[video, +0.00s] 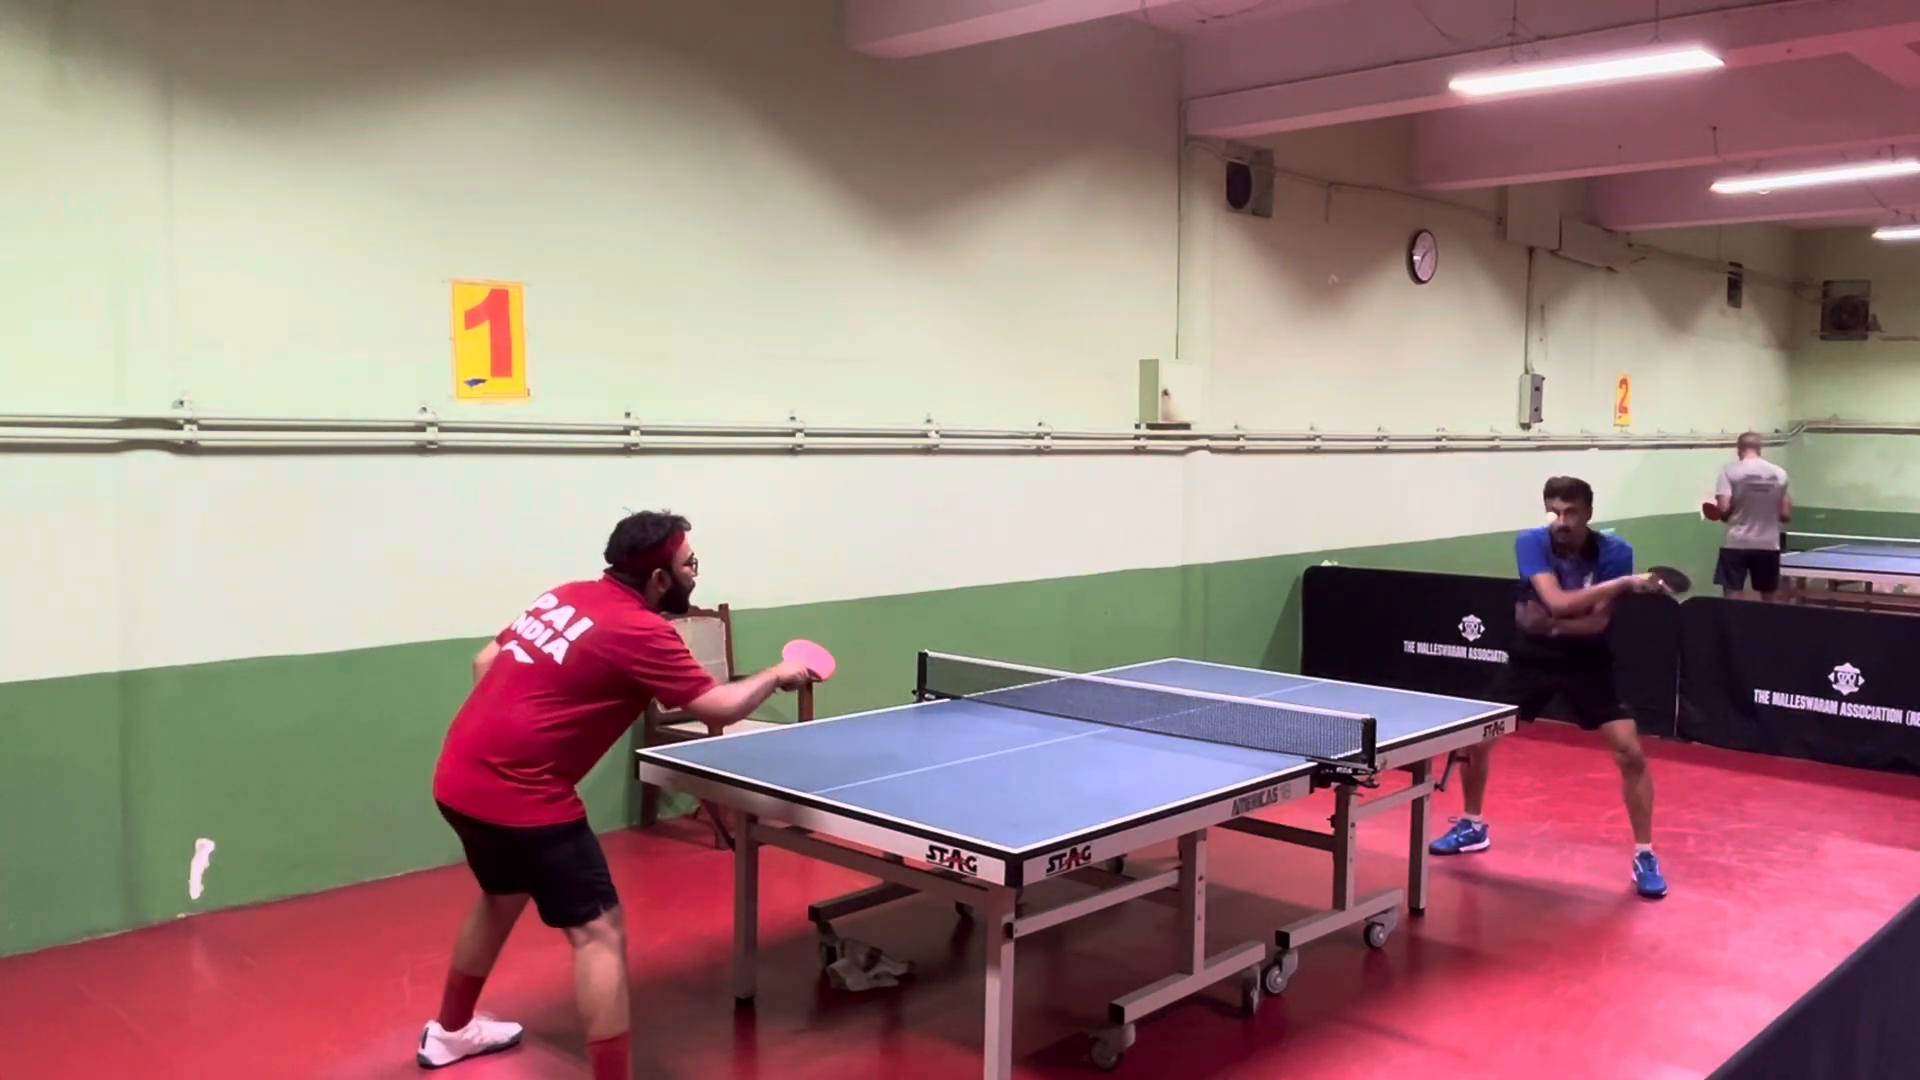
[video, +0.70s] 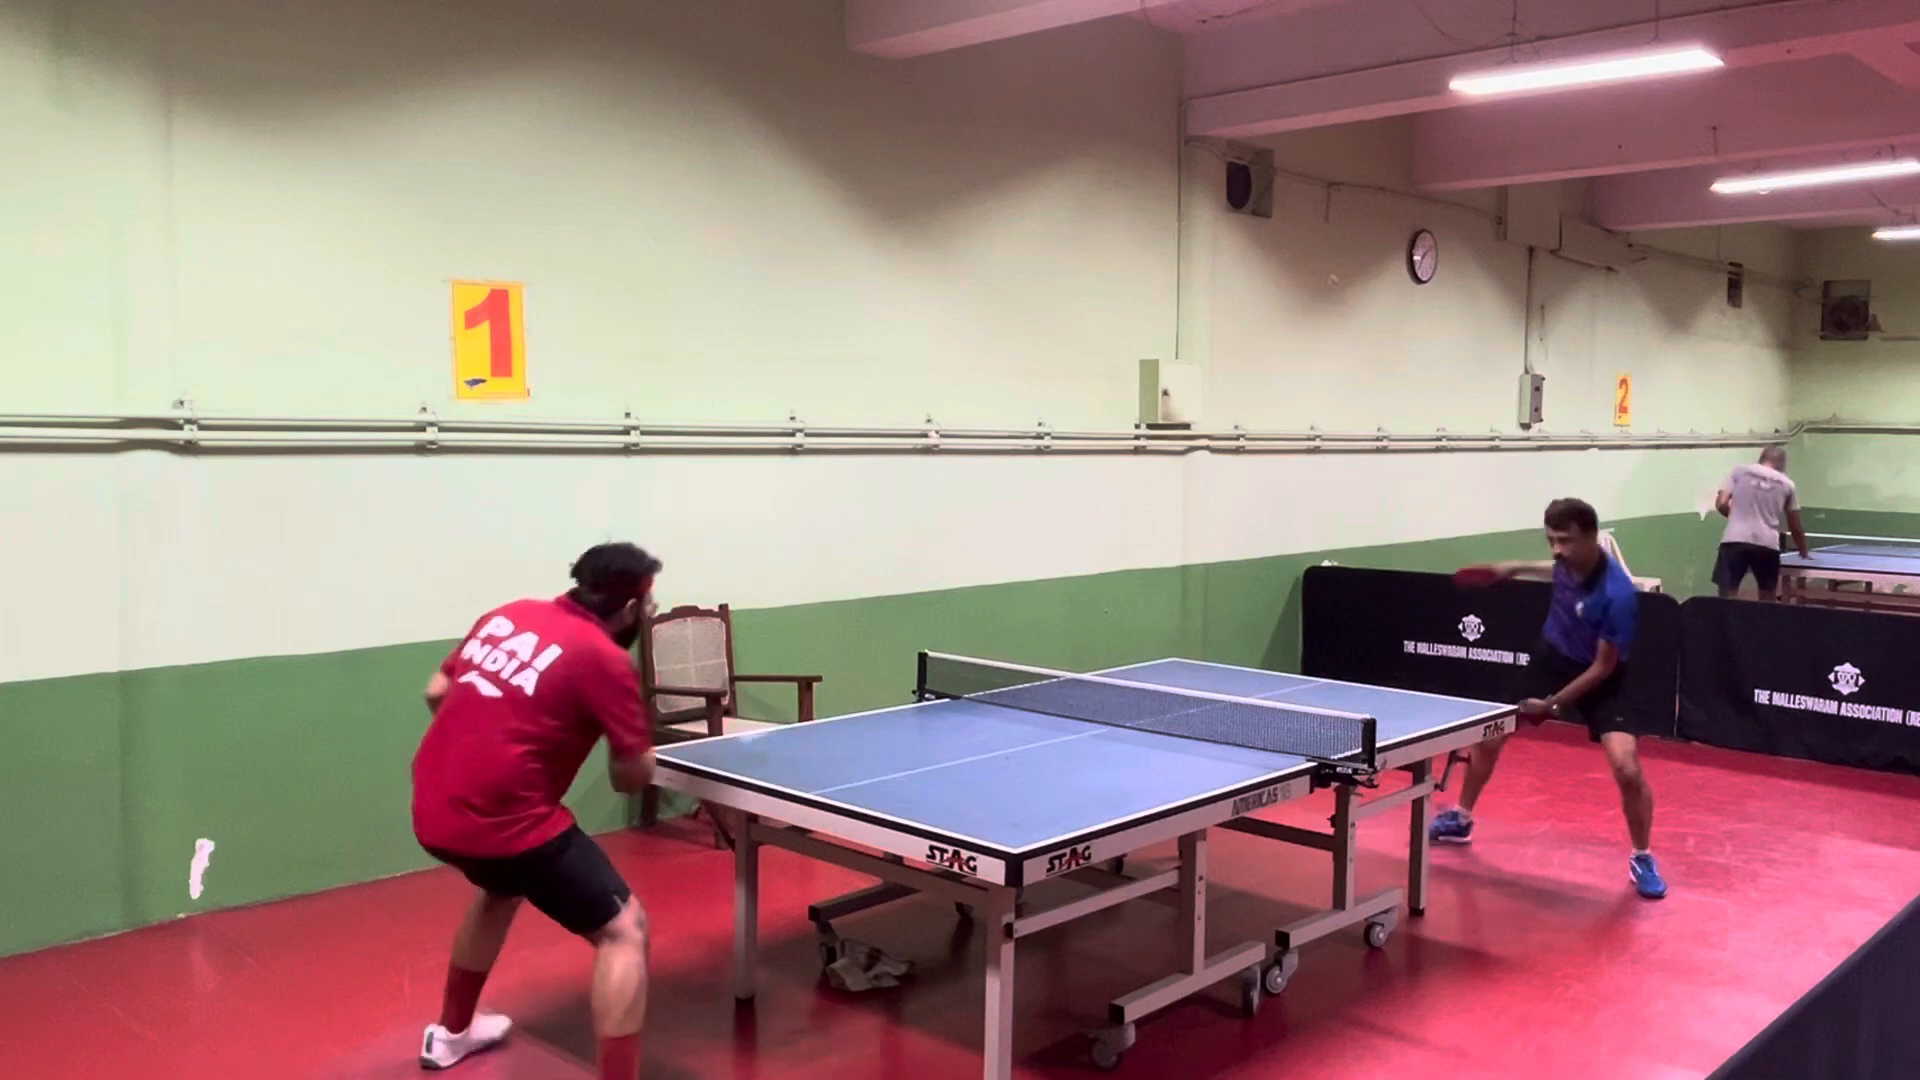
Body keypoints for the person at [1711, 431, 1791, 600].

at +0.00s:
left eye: (1739, 450)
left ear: (1739, 450)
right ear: (1760, 450)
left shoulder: (1729, 471)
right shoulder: (1779, 473)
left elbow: (1724, 507)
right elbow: (1785, 514)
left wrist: (1725, 517)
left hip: (1736, 546)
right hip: (1768, 547)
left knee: (1733, 601)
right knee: (1769, 601)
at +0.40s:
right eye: (1761, 451)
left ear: (1740, 452)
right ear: (1761, 452)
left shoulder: (1725, 471)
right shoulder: (1776, 475)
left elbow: (1714, 507)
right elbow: (1783, 516)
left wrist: (1727, 518)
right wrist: (1775, 534)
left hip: (1734, 544)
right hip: (1766, 544)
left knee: (1732, 599)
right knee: (1766, 600)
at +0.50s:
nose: (1769, 458)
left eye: (1769, 455)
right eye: (1769, 455)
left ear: (1745, 454)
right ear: (1766, 455)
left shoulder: (1727, 471)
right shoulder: (1778, 478)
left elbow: (1715, 505)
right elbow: (1789, 523)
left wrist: (1729, 519)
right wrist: (1783, 542)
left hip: (1733, 544)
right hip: (1765, 546)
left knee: (1732, 599)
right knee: (1766, 600)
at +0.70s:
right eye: (1783, 464)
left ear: (1761, 458)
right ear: (1782, 463)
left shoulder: (1739, 470)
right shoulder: (1787, 485)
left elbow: (1721, 503)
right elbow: (1795, 526)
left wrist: (1736, 516)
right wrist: (1804, 552)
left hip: (1735, 542)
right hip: (1767, 546)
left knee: (1727, 598)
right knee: (1767, 599)